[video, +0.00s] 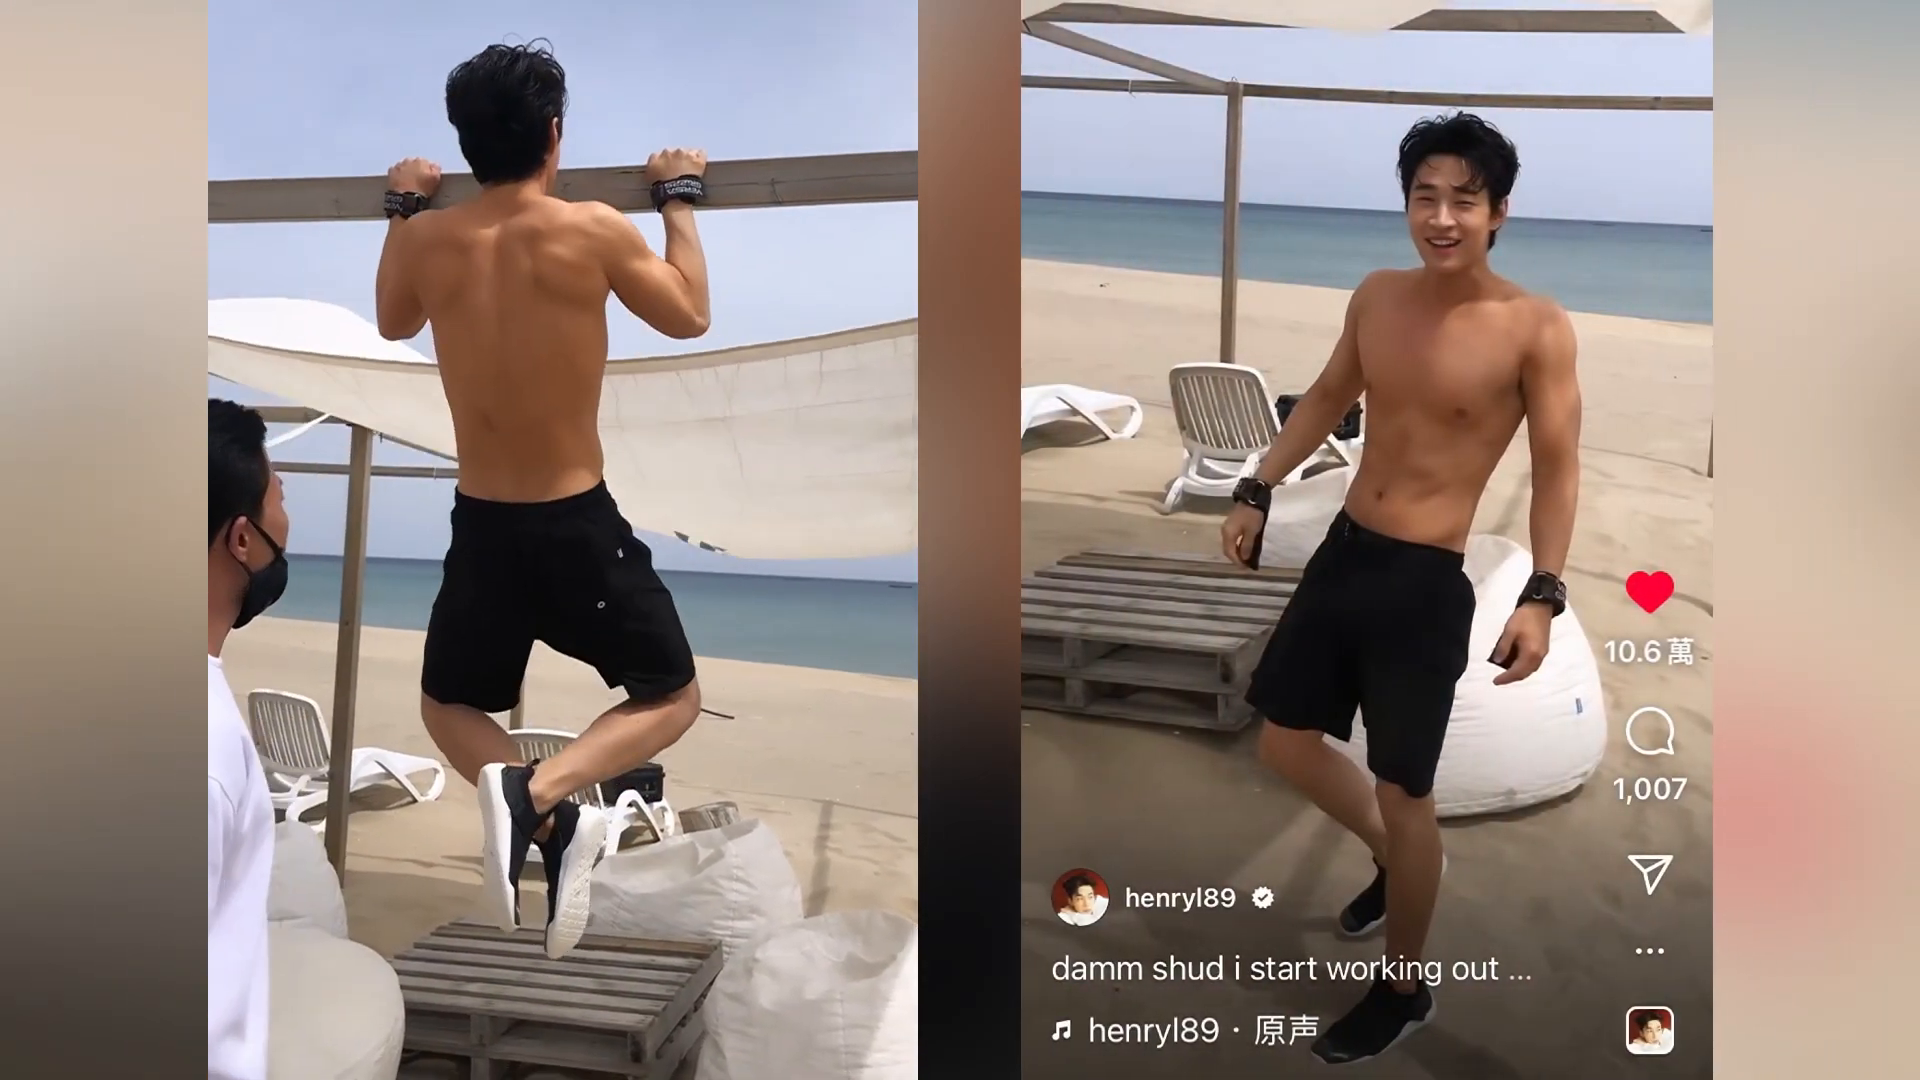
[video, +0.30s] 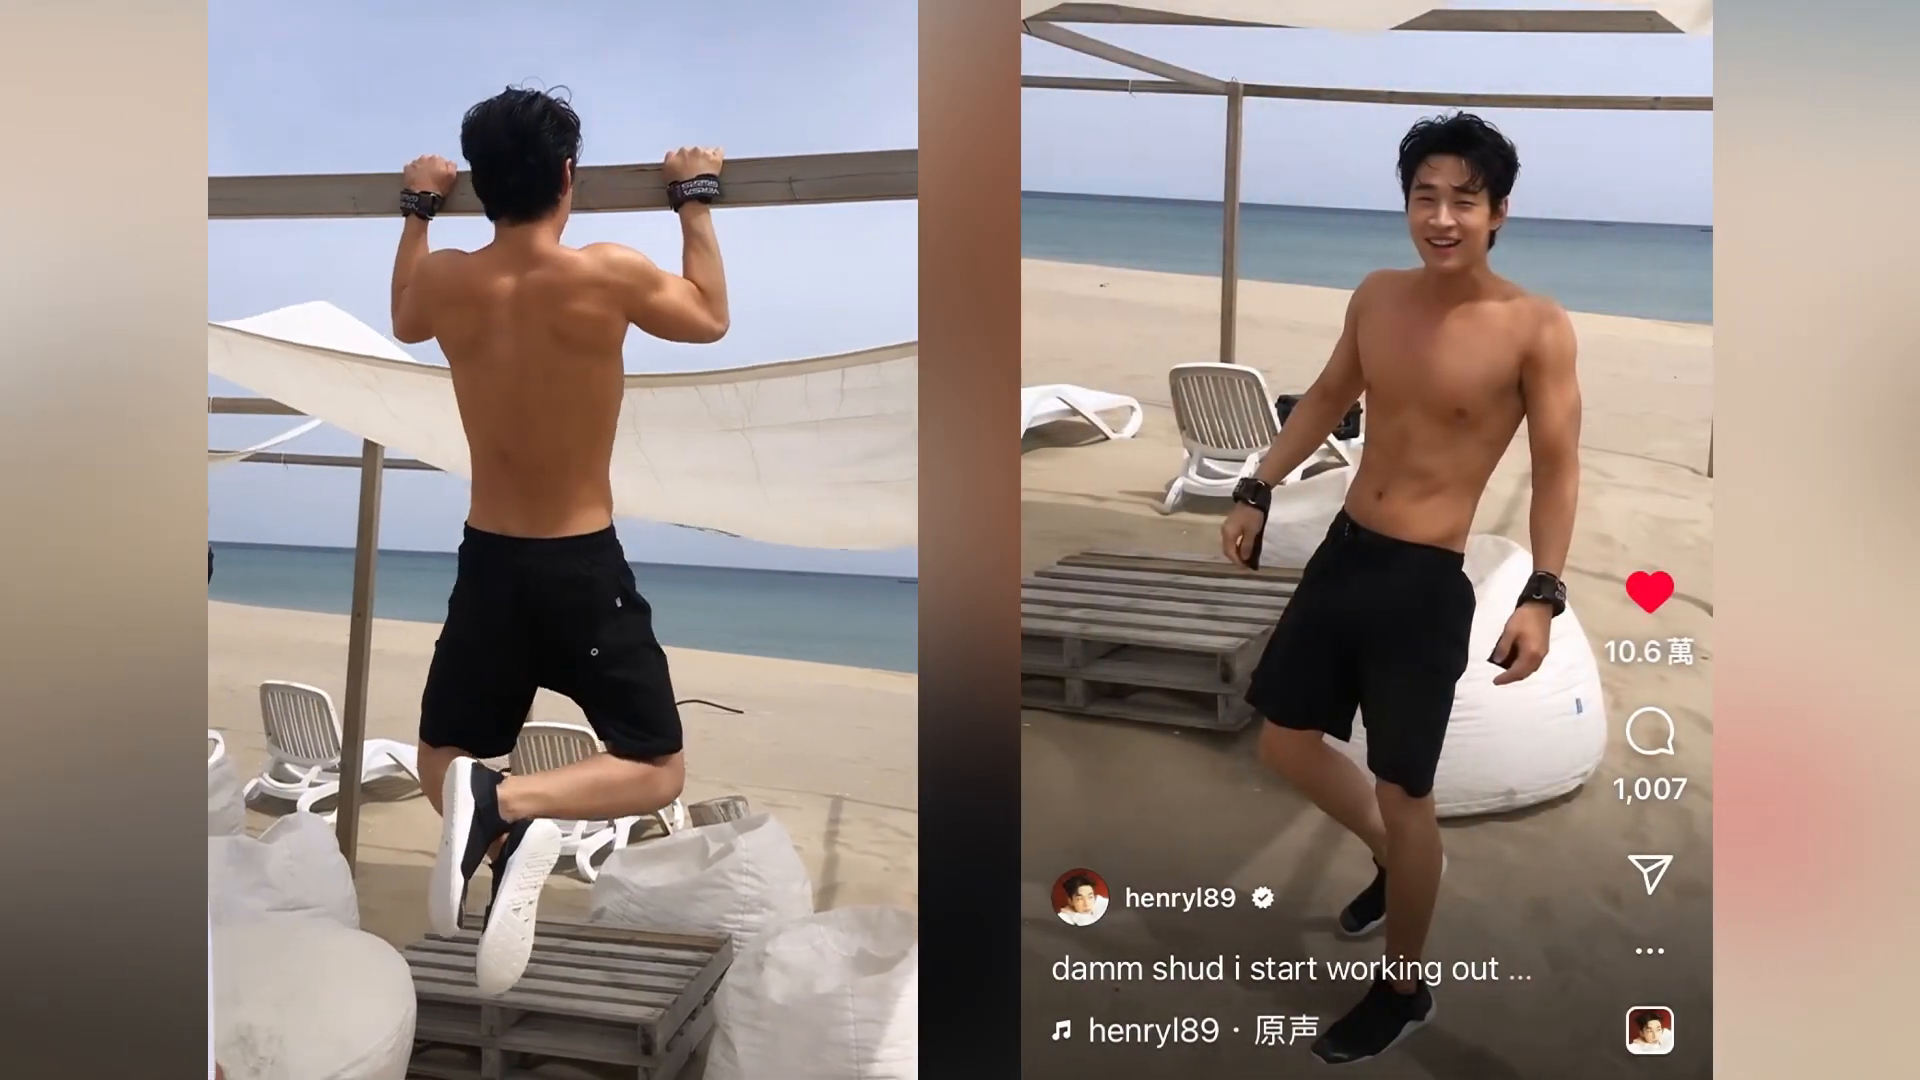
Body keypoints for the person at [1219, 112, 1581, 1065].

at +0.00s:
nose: (1440, 216)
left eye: (1462, 198)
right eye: (1424, 197)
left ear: (1498, 210)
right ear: (1406, 208)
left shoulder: (1534, 328)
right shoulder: (1378, 297)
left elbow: (1556, 468)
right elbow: (1329, 398)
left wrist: (1540, 595)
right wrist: (1256, 484)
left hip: (1427, 579)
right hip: (1345, 554)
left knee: (1402, 799)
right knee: (1284, 742)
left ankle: (1402, 981)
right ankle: (1398, 847)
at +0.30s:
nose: (1440, 216)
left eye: (1462, 198)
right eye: (1424, 197)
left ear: (1498, 210)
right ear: (1406, 208)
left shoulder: (1534, 328)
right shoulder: (1378, 297)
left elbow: (1556, 468)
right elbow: (1329, 398)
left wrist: (1540, 595)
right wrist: (1256, 484)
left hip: (1427, 579)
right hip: (1345, 554)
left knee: (1402, 799)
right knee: (1284, 742)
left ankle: (1402, 981)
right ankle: (1398, 847)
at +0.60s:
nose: (1440, 216)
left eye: (1462, 198)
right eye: (1424, 197)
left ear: (1498, 210)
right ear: (1406, 208)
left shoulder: (1534, 328)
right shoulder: (1378, 297)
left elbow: (1556, 468)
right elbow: (1329, 398)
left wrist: (1540, 595)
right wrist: (1256, 484)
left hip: (1427, 579)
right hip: (1345, 554)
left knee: (1402, 799)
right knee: (1284, 742)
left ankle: (1402, 981)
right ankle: (1398, 847)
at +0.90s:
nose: (1440, 216)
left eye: (1462, 198)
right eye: (1424, 197)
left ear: (1498, 210)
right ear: (1406, 208)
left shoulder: (1534, 328)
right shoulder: (1378, 297)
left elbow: (1556, 468)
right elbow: (1329, 398)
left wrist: (1540, 595)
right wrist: (1256, 484)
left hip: (1427, 579)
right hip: (1345, 554)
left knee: (1402, 799)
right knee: (1284, 742)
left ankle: (1402, 981)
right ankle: (1398, 847)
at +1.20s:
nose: (1440, 216)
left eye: (1462, 198)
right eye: (1424, 197)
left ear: (1498, 210)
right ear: (1406, 208)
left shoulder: (1535, 328)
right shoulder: (1378, 296)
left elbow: (1556, 468)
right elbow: (1330, 398)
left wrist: (1540, 595)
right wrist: (1255, 484)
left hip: (1426, 579)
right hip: (1345, 553)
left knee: (1402, 799)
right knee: (1284, 742)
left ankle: (1403, 981)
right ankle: (1398, 847)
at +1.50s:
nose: (1440, 216)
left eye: (1462, 198)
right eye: (1424, 197)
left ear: (1498, 210)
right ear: (1406, 208)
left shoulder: (1535, 328)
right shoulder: (1378, 296)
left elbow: (1556, 468)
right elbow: (1330, 398)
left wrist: (1540, 595)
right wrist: (1255, 484)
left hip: (1426, 579)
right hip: (1345, 553)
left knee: (1402, 799)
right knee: (1284, 742)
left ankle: (1403, 981)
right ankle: (1398, 847)